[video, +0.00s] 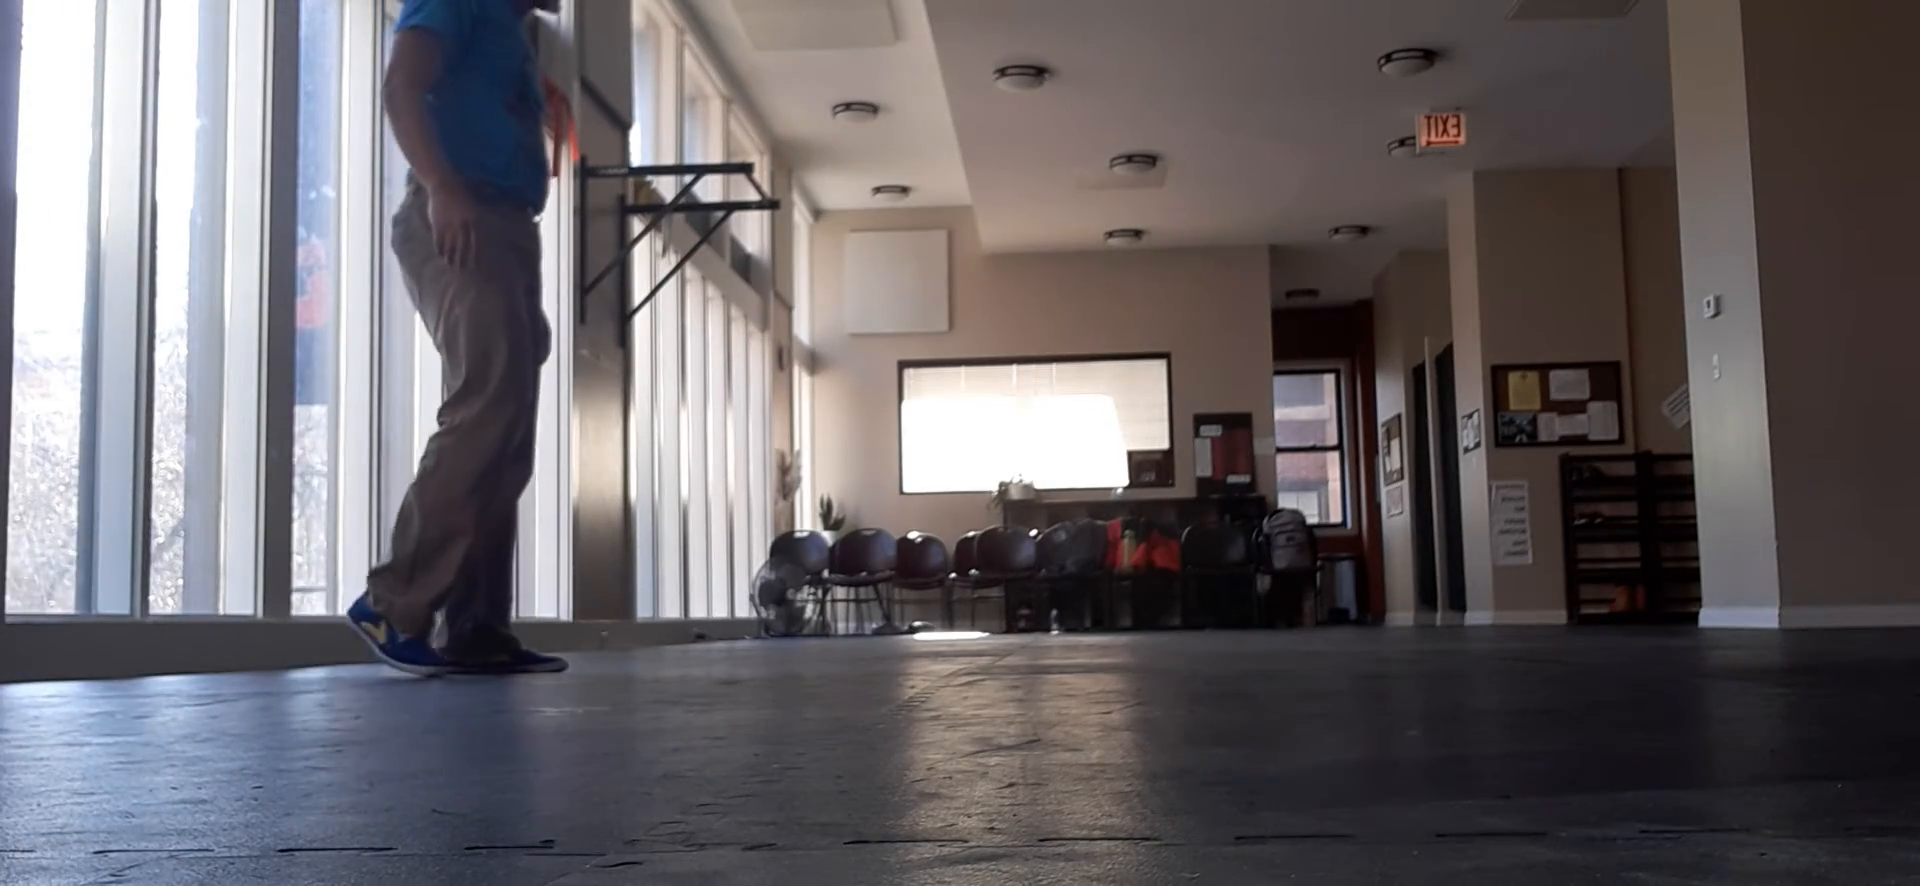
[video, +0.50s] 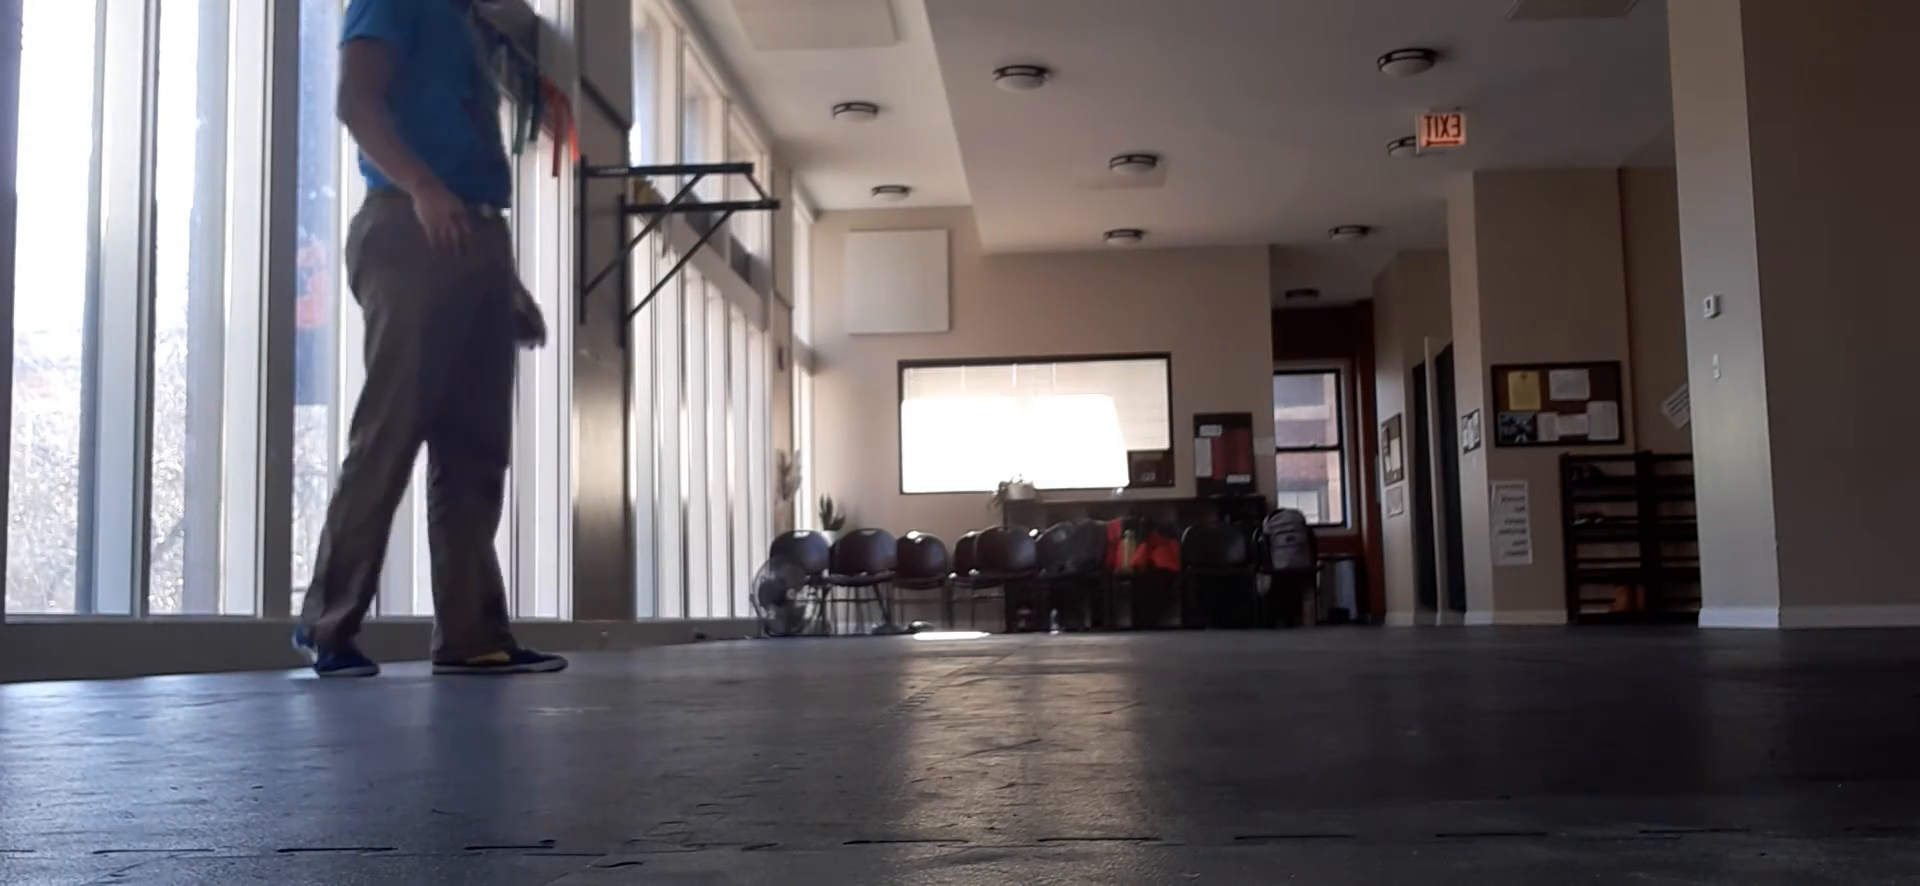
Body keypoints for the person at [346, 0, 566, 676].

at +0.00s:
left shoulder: (511, 24)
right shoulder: (457, 5)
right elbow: (402, 90)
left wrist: (542, 99)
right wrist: (442, 189)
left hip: (507, 219)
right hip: (460, 213)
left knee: (507, 428)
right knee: (486, 405)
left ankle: (475, 631)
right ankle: (393, 605)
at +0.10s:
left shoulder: (505, 26)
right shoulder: (452, 6)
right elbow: (403, 90)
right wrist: (444, 191)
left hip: (500, 225)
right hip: (456, 219)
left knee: (501, 438)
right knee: (481, 414)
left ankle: (474, 636)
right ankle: (378, 601)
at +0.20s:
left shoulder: (500, 34)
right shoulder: (447, 6)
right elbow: (399, 88)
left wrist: (523, 286)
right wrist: (446, 188)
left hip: (497, 230)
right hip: (451, 221)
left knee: (496, 445)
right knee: (472, 419)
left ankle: (474, 639)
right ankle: (358, 593)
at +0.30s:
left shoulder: (491, 40)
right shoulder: (436, 5)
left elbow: (493, 172)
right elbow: (391, 94)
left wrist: (524, 283)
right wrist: (448, 185)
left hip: (495, 233)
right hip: (442, 223)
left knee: (491, 447)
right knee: (452, 422)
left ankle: (473, 638)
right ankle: (343, 591)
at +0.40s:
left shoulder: (483, 34)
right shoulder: (414, 4)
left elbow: (484, 176)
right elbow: (378, 99)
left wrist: (520, 287)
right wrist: (441, 185)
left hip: (492, 238)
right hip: (430, 227)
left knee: (484, 453)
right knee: (415, 434)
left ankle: (472, 638)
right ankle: (336, 615)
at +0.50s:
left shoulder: (471, 30)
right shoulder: (394, 5)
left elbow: (471, 167)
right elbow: (357, 104)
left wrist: (504, 287)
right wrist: (422, 184)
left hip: (480, 238)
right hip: (411, 230)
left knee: (474, 453)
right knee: (391, 433)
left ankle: (472, 639)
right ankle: (328, 625)